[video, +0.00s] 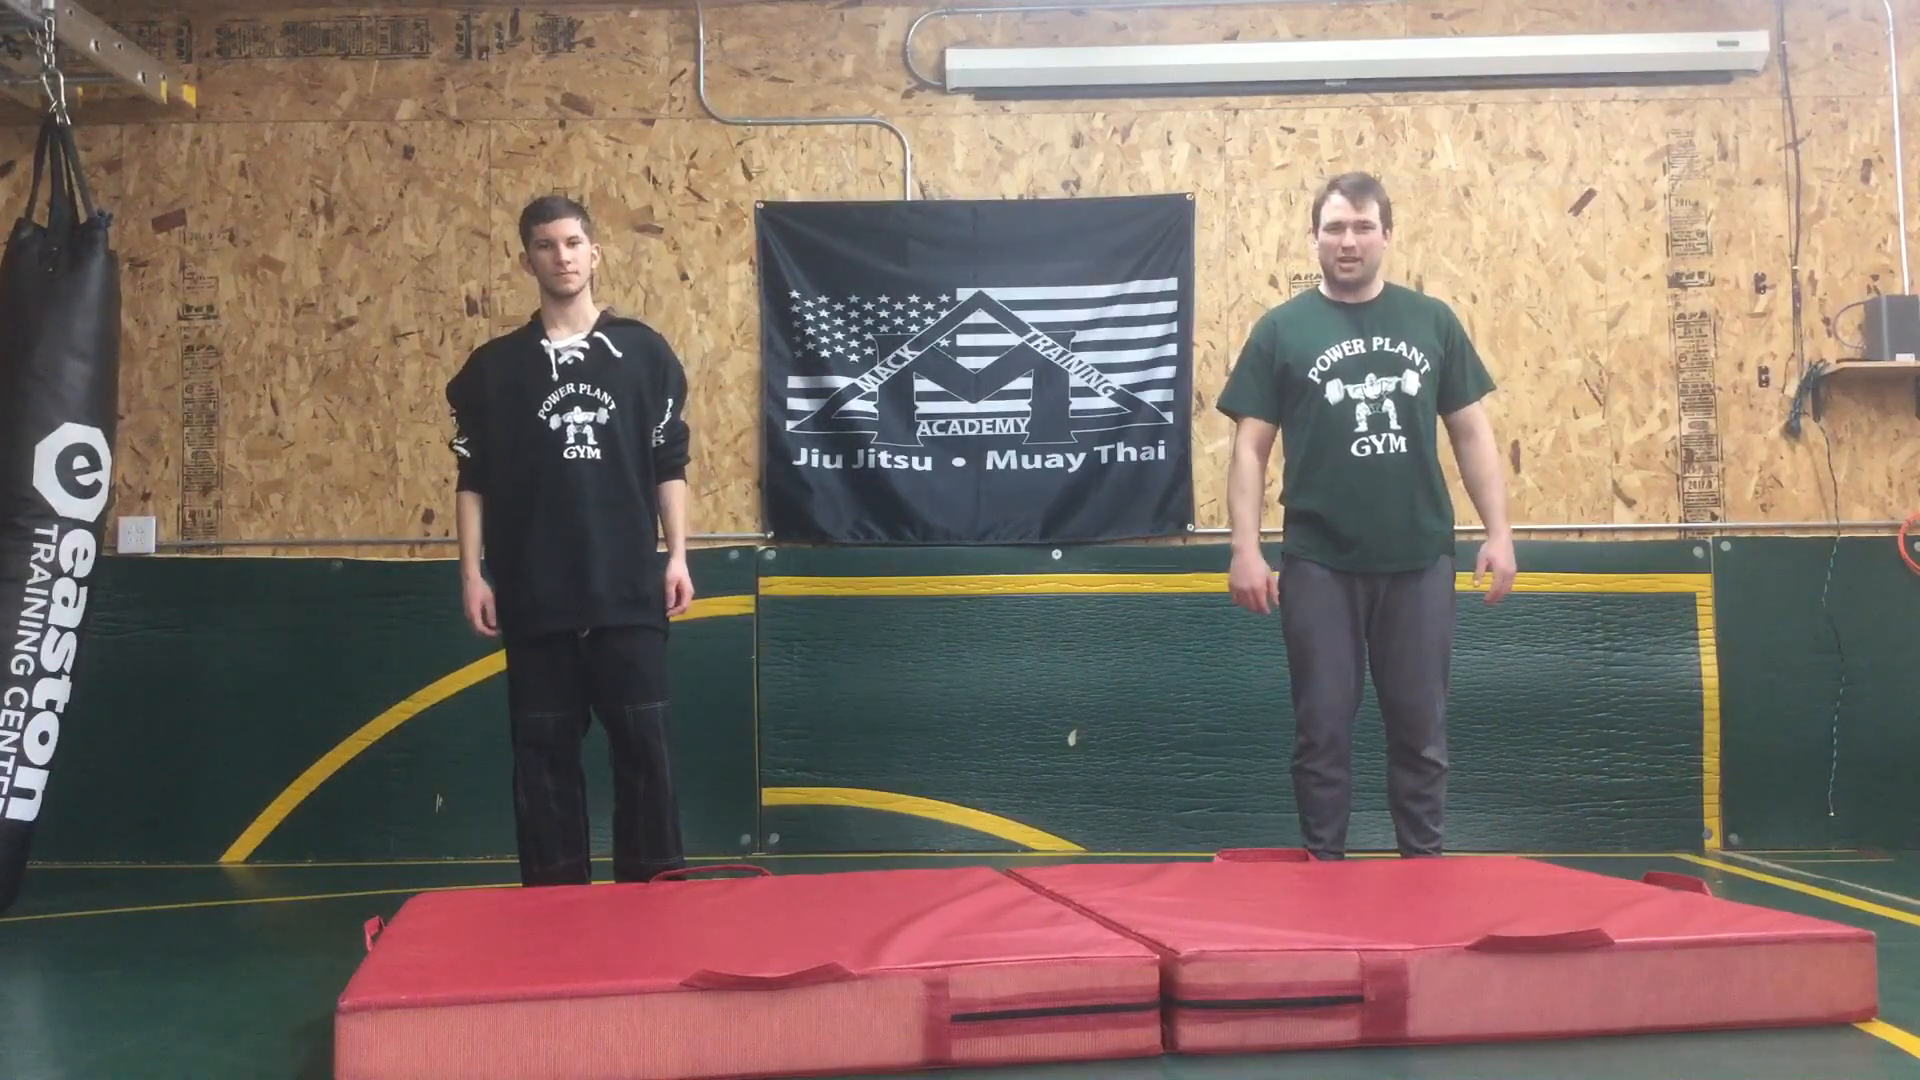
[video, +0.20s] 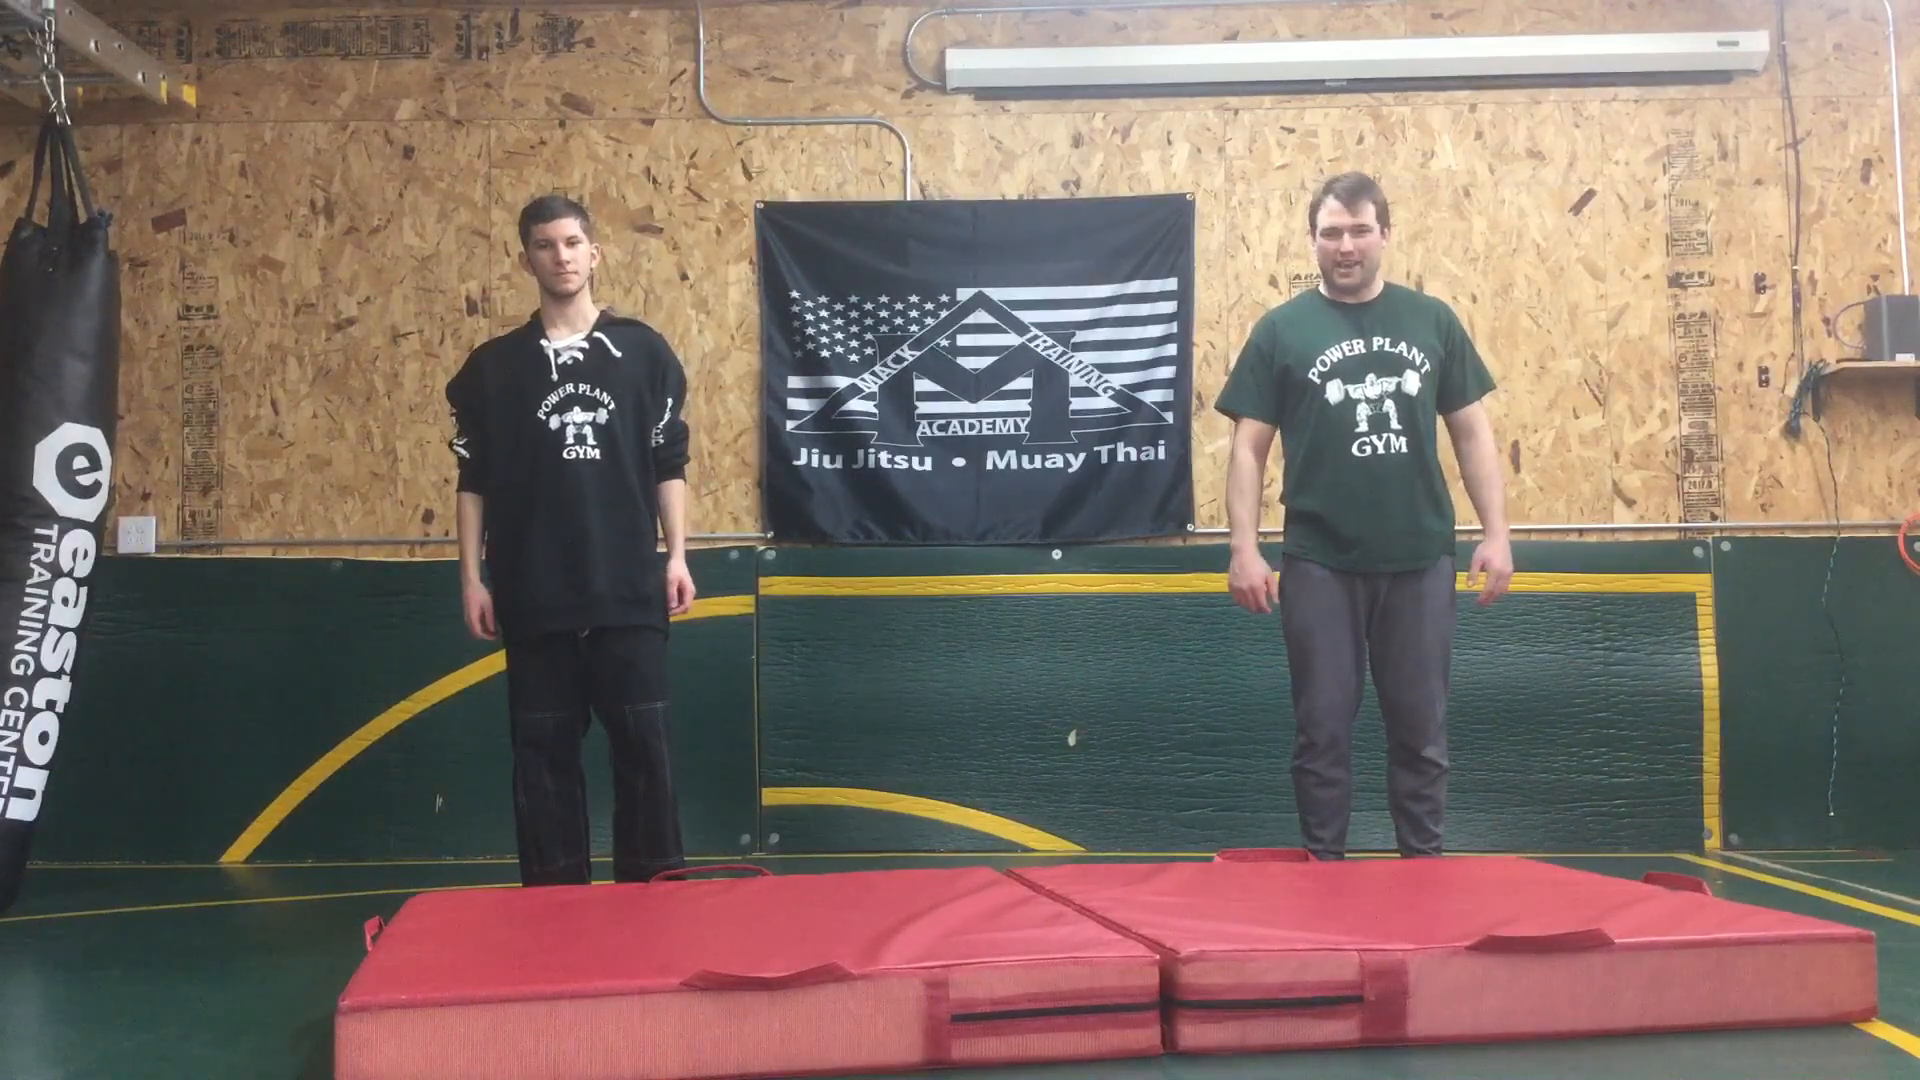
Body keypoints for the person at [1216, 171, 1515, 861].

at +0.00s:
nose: (1349, 241)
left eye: (1363, 228)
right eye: (1335, 229)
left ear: (1386, 236)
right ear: (1315, 238)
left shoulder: (1432, 322)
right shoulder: (1281, 331)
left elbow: (1470, 431)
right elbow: (1250, 448)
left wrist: (1498, 531)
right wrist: (1245, 549)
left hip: (1419, 558)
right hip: (1319, 559)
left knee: (1420, 728)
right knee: (1323, 726)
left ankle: (1423, 869)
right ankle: (1323, 870)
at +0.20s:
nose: (1345, 246)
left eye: (1359, 232)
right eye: (1331, 233)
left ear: (1384, 235)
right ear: (1312, 241)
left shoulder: (1432, 322)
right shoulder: (1280, 331)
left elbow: (1471, 432)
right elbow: (1249, 448)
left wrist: (1496, 532)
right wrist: (1244, 549)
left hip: (1419, 557)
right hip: (1318, 558)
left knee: (1420, 727)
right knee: (1323, 725)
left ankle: (1423, 868)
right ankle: (1324, 869)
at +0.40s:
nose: (1345, 243)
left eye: (1359, 229)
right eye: (1331, 231)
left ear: (1384, 235)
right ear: (1312, 240)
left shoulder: (1432, 321)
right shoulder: (1281, 331)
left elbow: (1472, 428)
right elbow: (1249, 447)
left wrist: (1500, 528)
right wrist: (1246, 547)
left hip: (1418, 555)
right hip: (1319, 557)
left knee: (1421, 727)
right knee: (1322, 724)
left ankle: (1424, 869)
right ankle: (1323, 870)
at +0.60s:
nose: (1344, 243)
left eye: (1357, 229)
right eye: (1330, 231)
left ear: (1383, 234)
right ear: (1312, 241)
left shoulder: (1432, 321)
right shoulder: (1281, 331)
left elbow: (1472, 428)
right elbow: (1250, 446)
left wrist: (1499, 526)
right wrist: (1252, 545)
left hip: (1419, 555)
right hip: (1319, 557)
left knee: (1421, 726)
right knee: (1323, 725)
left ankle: (1424, 868)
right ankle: (1323, 869)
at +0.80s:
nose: (1337, 244)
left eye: (1350, 230)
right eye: (1323, 233)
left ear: (1379, 234)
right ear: (1308, 242)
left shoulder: (1433, 321)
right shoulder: (1282, 331)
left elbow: (1471, 430)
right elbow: (1250, 445)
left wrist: (1494, 531)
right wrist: (1252, 546)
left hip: (1420, 556)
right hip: (1319, 558)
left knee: (1422, 729)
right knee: (1323, 727)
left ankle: (1424, 870)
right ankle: (1323, 872)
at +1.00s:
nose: (1334, 239)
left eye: (1346, 225)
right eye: (1320, 230)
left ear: (1377, 231)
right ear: (1306, 242)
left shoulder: (1434, 320)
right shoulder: (1283, 330)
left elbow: (1473, 429)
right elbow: (1252, 447)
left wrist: (1498, 531)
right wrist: (1250, 548)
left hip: (1420, 556)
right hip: (1320, 558)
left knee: (1422, 727)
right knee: (1323, 726)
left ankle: (1425, 869)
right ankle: (1323, 871)